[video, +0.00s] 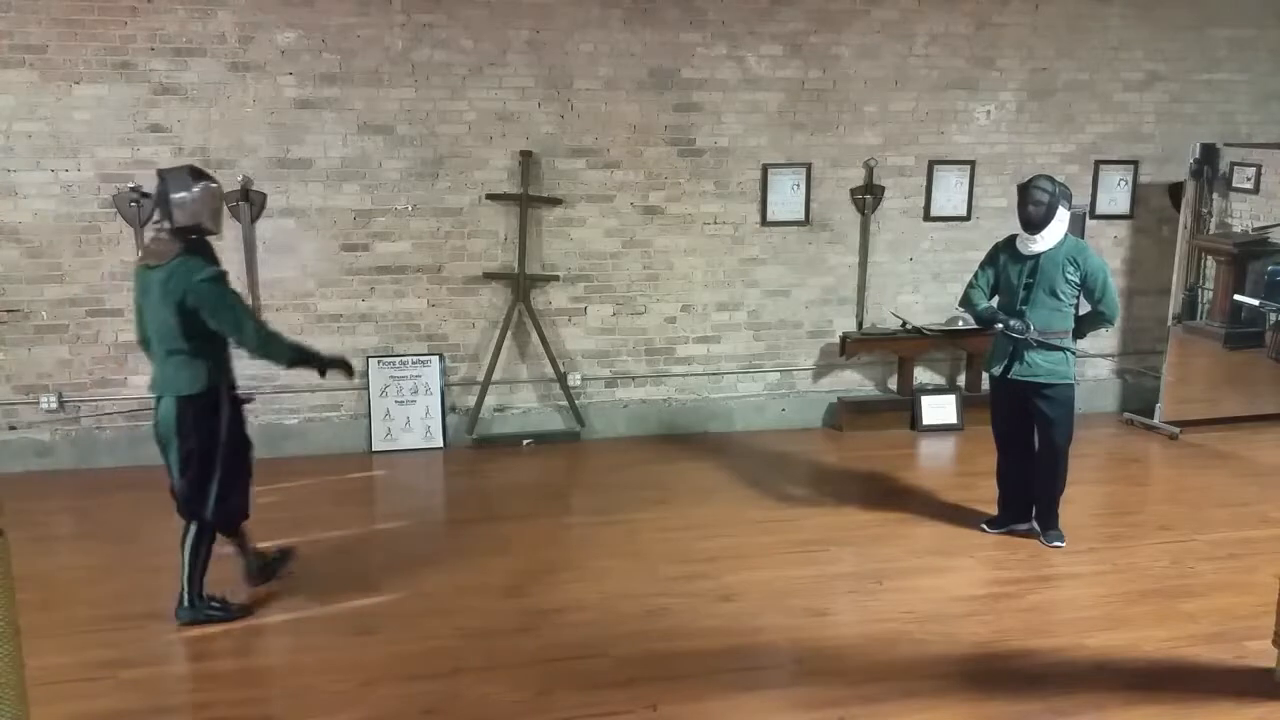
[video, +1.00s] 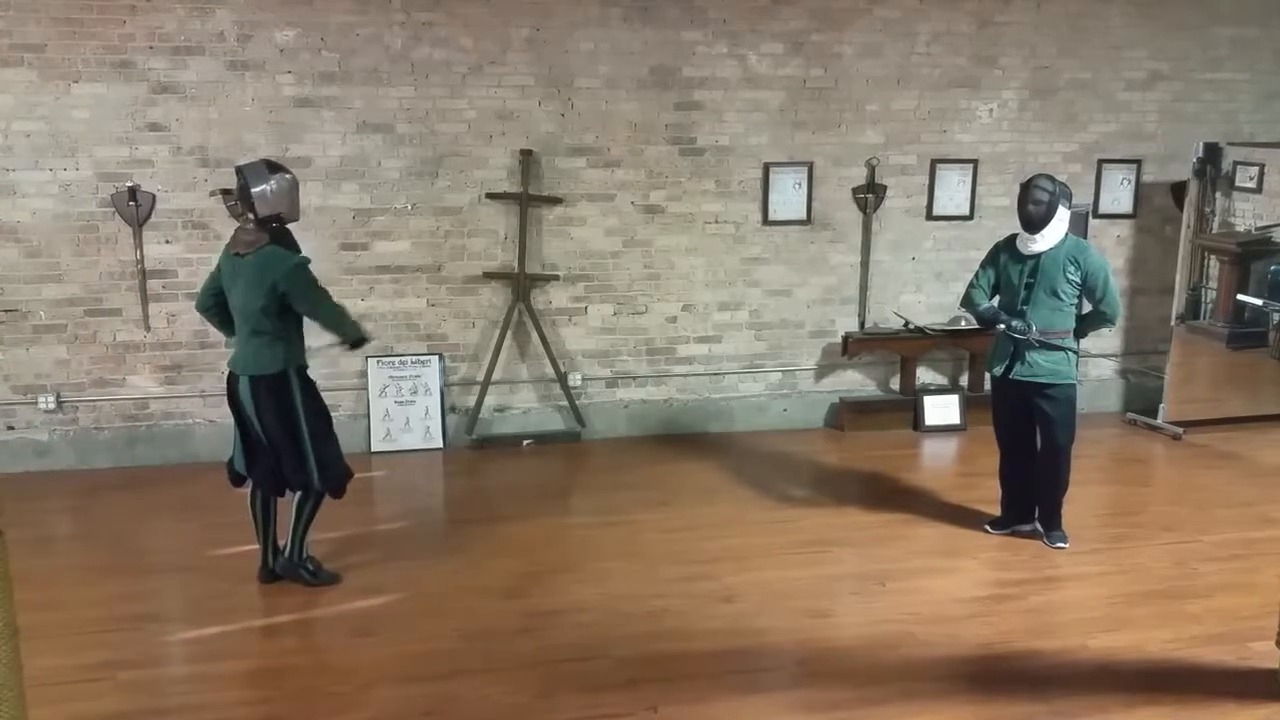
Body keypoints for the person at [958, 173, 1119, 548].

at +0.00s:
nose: (1028, 210)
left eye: (1037, 203)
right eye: (1024, 202)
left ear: (1058, 207)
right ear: (1018, 204)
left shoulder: (1079, 254)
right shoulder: (1004, 250)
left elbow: (1107, 312)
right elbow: (972, 297)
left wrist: (1068, 331)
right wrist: (1000, 320)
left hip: (1052, 373)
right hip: (1006, 371)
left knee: (1052, 453)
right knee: (1010, 449)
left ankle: (1048, 523)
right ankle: (1013, 515)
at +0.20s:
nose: (1028, 210)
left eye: (1037, 203)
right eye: (1025, 202)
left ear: (1058, 207)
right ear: (1019, 204)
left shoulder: (1079, 255)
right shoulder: (1005, 250)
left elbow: (1107, 312)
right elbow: (972, 297)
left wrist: (1068, 331)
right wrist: (1000, 319)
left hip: (1052, 373)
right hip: (1006, 371)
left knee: (1052, 453)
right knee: (1010, 449)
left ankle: (1048, 523)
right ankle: (1013, 515)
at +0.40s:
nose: (1028, 210)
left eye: (1037, 203)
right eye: (1025, 202)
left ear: (1058, 207)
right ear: (1019, 204)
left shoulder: (1079, 254)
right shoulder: (1004, 250)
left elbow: (1107, 312)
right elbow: (972, 296)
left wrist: (1068, 331)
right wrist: (1000, 320)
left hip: (1052, 373)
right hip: (1006, 371)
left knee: (1053, 453)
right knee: (1011, 449)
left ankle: (1048, 522)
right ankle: (1013, 515)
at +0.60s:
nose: (1027, 209)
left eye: (1036, 203)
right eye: (1024, 202)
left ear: (1057, 207)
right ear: (1018, 204)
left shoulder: (1078, 254)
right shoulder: (1004, 250)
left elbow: (1106, 312)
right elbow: (971, 296)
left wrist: (1068, 331)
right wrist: (999, 320)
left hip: (1052, 372)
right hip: (1006, 370)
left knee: (1052, 453)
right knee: (1010, 449)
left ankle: (1048, 522)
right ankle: (1013, 515)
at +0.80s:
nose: (1025, 210)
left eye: (1034, 203)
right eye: (1022, 202)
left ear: (1055, 207)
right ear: (1016, 204)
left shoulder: (1077, 254)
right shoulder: (1002, 250)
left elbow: (1105, 311)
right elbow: (970, 297)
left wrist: (1067, 331)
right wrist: (998, 320)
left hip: (1050, 372)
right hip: (1004, 370)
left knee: (1051, 452)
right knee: (1009, 448)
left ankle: (1047, 522)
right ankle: (1012, 515)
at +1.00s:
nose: (1028, 209)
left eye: (1037, 202)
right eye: (1024, 201)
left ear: (1058, 206)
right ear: (1019, 202)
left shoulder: (1081, 254)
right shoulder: (1005, 250)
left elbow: (1108, 311)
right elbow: (973, 297)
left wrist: (1071, 331)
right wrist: (1001, 319)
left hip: (1053, 372)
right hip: (1007, 370)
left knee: (1054, 453)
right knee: (1013, 449)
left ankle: (1051, 523)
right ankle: (1016, 516)